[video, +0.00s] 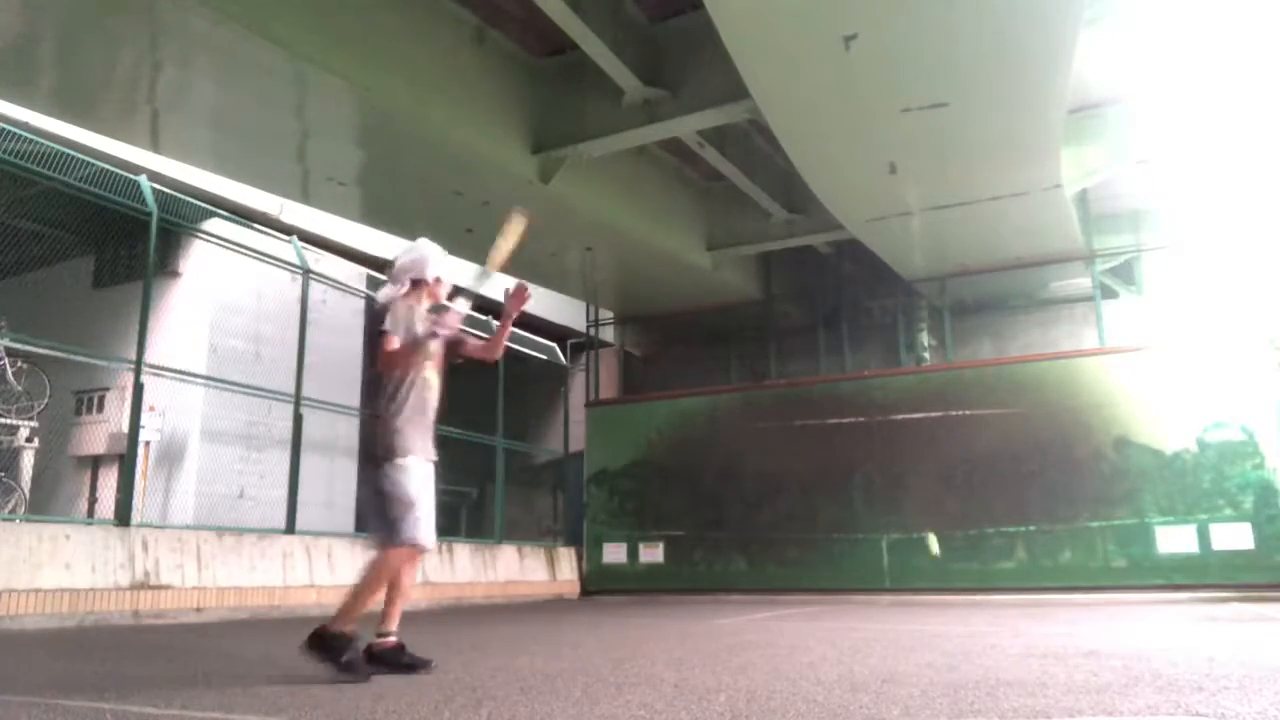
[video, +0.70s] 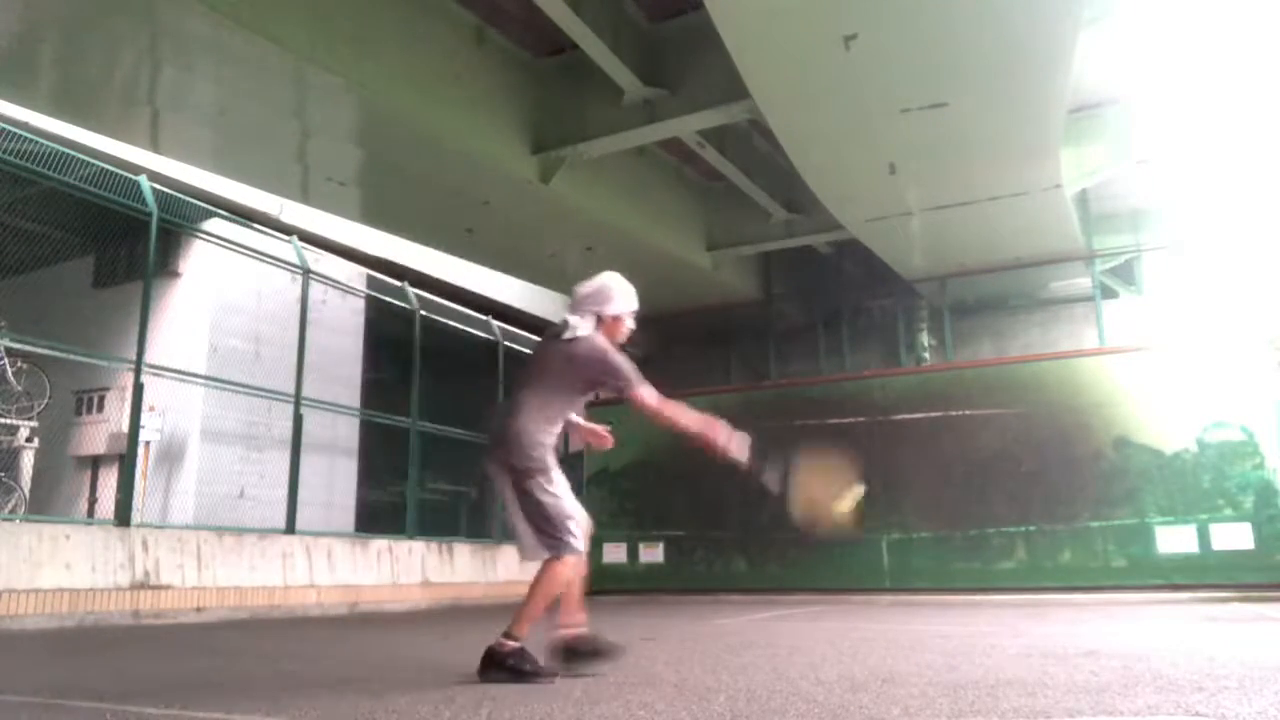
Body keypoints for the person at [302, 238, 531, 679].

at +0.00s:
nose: (447, 287)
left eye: (447, 280)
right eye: (443, 279)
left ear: (423, 280)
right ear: (426, 279)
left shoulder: (436, 320)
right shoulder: (395, 308)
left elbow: (489, 351)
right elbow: (389, 361)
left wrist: (509, 314)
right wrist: (434, 332)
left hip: (417, 447)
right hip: (395, 445)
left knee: (412, 545)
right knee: (406, 542)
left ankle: (386, 641)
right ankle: (335, 632)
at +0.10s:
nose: (466, 283)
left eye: (464, 276)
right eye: (460, 276)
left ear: (447, 280)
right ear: (442, 279)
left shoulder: (457, 325)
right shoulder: (412, 310)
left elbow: (509, 351)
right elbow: (376, 360)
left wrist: (522, 312)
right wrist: (401, 312)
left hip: (435, 439)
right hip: (413, 435)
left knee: (416, 542)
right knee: (448, 526)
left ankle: (387, 640)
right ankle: (393, 630)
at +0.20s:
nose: (486, 288)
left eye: (486, 280)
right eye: (482, 280)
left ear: (466, 282)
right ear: (465, 281)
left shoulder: (479, 327)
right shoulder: (426, 315)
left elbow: (528, 358)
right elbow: (378, 356)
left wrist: (546, 332)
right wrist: (365, 339)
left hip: (448, 442)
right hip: (430, 441)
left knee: (420, 547)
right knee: (473, 528)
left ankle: (385, 642)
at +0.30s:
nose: (510, 294)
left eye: (509, 286)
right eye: (505, 286)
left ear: (489, 289)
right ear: (486, 287)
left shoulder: (505, 335)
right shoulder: (446, 320)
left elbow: (552, 374)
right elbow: (396, 356)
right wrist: (367, 352)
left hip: (473, 450)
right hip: (452, 448)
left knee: (433, 549)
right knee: (498, 532)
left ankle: (385, 642)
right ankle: (501, 646)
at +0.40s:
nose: (540, 299)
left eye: (540, 291)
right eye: (535, 291)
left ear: (521, 294)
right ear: (516, 294)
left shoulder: (531, 344)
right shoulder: (476, 326)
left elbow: (570, 397)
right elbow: (433, 356)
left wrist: (619, 432)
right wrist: (396, 372)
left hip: (492, 450)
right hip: (475, 448)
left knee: (443, 549)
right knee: (530, 535)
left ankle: (386, 641)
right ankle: (504, 648)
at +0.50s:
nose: (577, 311)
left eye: (577, 303)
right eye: (573, 303)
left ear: (546, 303)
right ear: (555, 304)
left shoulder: (539, 346)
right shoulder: (530, 338)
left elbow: (550, 401)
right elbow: (495, 386)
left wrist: (590, 442)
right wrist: (479, 416)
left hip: (478, 447)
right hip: (495, 447)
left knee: (479, 551)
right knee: (552, 543)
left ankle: (402, 634)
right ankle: (506, 647)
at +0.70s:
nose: (631, 328)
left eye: (631, 319)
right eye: (628, 318)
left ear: (592, 313)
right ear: (608, 315)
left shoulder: (559, 345)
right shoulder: (599, 352)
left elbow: (535, 400)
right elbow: (657, 406)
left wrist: (576, 426)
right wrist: (715, 429)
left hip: (514, 447)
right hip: (528, 450)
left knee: (579, 528)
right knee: (570, 547)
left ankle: (573, 635)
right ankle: (509, 645)